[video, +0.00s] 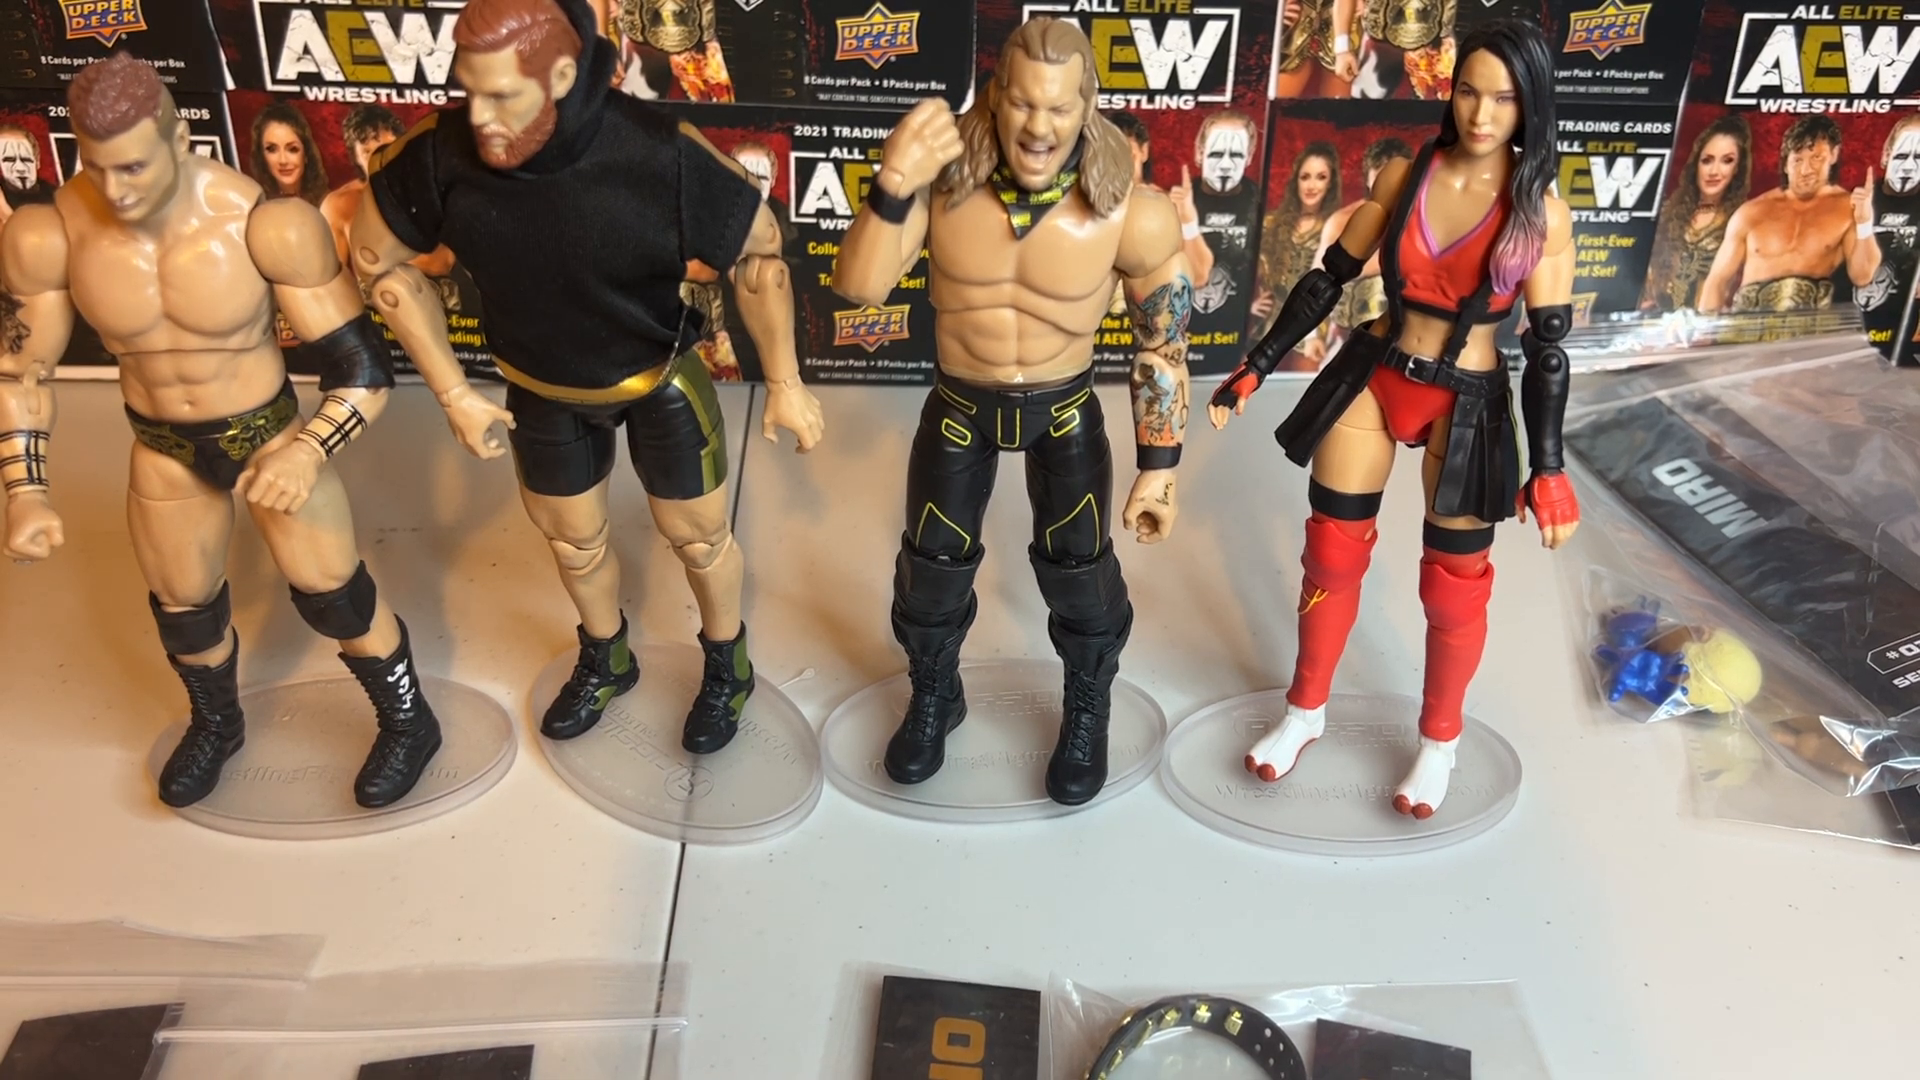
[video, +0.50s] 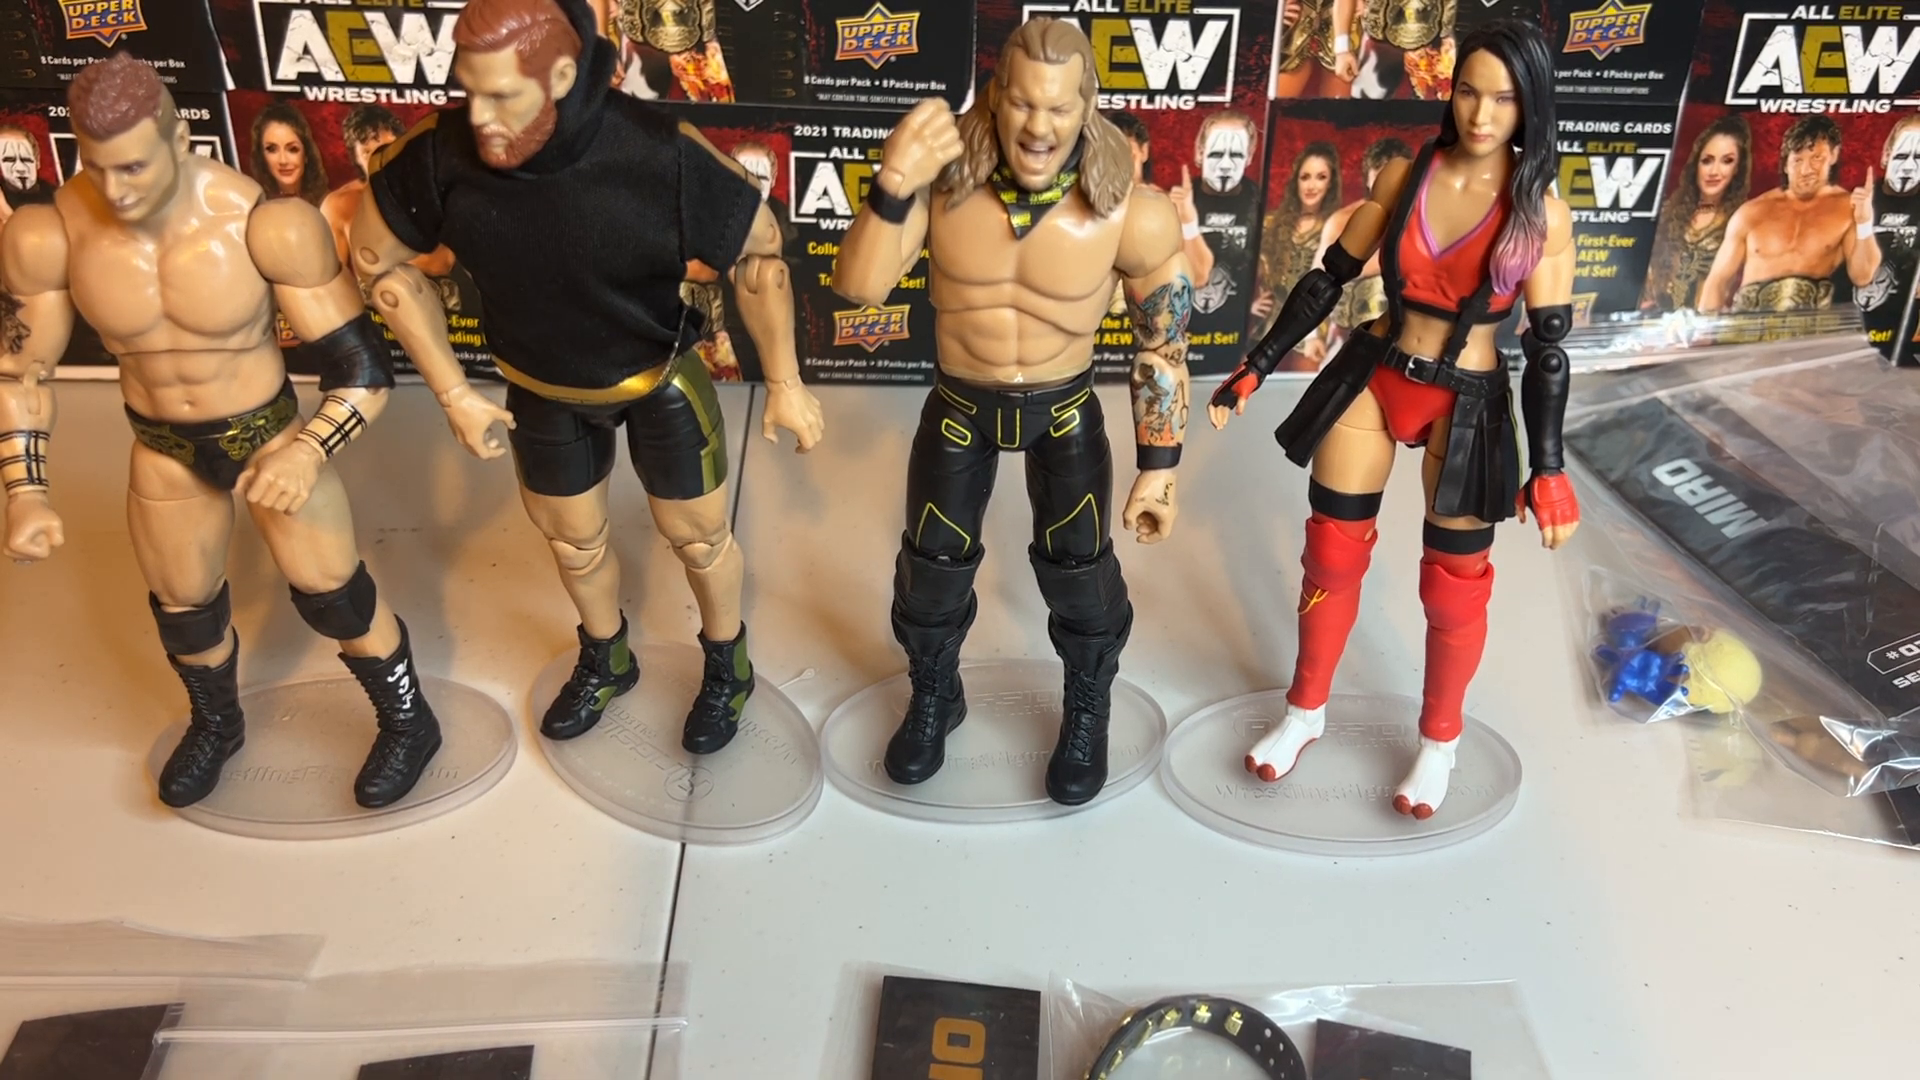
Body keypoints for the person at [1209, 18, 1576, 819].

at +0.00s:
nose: (1479, 113)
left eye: (1501, 99)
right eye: (1469, 93)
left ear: (1528, 108)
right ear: (1450, 93)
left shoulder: (1540, 209)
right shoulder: (1406, 174)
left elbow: (1549, 344)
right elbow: (1333, 273)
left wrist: (1549, 464)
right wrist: (1256, 363)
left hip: (1466, 405)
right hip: (1371, 383)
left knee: (1454, 590)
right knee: (1331, 559)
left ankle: (1438, 742)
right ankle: (1304, 710)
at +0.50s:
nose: (1479, 113)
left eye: (1501, 99)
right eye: (1469, 93)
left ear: (1528, 108)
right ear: (1450, 93)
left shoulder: (1540, 209)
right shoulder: (1407, 174)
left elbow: (1549, 344)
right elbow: (1333, 273)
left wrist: (1549, 465)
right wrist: (1257, 363)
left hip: (1466, 405)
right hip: (1371, 382)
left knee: (1454, 590)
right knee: (1331, 560)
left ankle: (1437, 742)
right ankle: (1304, 710)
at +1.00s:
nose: (1480, 113)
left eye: (1501, 99)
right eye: (1469, 93)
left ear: (1528, 108)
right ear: (1451, 94)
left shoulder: (1540, 208)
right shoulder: (1406, 175)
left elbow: (1549, 343)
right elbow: (1332, 273)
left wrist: (1549, 465)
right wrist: (1256, 364)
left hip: (1467, 404)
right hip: (1371, 382)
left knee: (1454, 590)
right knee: (1331, 559)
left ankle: (1437, 742)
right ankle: (1304, 710)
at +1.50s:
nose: (1479, 113)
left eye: (1501, 99)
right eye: (1469, 93)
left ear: (1528, 108)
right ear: (1450, 93)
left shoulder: (1540, 208)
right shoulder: (1406, 174)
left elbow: (1549, 343)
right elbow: (1333, 273)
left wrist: (1549, 464)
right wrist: (1257, 363)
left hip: (1466, 405)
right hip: (1371, 383)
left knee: (1454, 591)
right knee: (1331, 560)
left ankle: (1438, 742)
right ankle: (1305, 710)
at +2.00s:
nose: (1480, 113)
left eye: (1501, 99)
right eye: (1469, 94)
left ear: (1528, 108)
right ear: (1451, 94)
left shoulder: (1540, 209)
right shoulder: (1406, 175)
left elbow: (1548, 345)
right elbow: (1332, 274)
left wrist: (1549, 466)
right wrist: (1256, 364)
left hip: (1467, 404)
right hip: (1372, 382)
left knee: (1454, 591)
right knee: (1331, 559)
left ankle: (1438, 741)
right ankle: (1304, 710)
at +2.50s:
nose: (1480, 114)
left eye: (1501, 99)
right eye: (1469, 94)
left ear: (1529, 108)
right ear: (1451, 94)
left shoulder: (1540, 208)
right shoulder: (1406, 175)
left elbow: (1549, 344)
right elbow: (1332, 274)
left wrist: (1549, 466)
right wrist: (1256, 364)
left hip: (1467, 404)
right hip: (1371, 382)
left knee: (1454, 591)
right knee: (1331, 560)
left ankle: (1437, 742)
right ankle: (1304, 710)